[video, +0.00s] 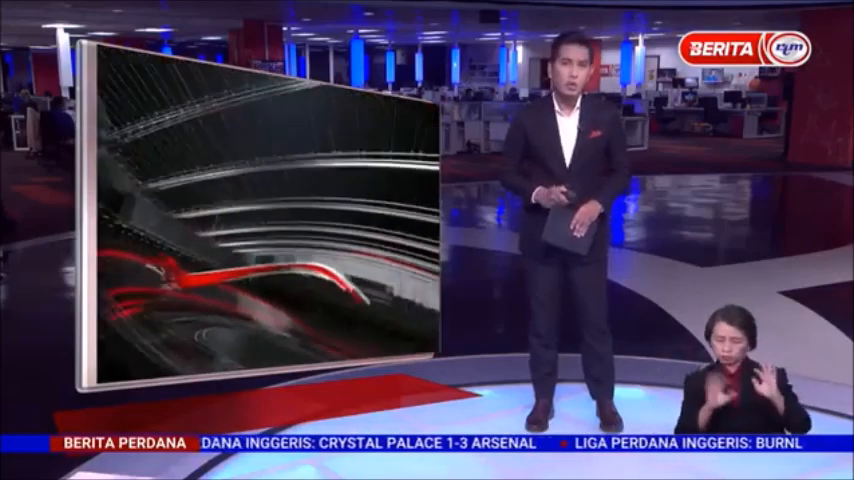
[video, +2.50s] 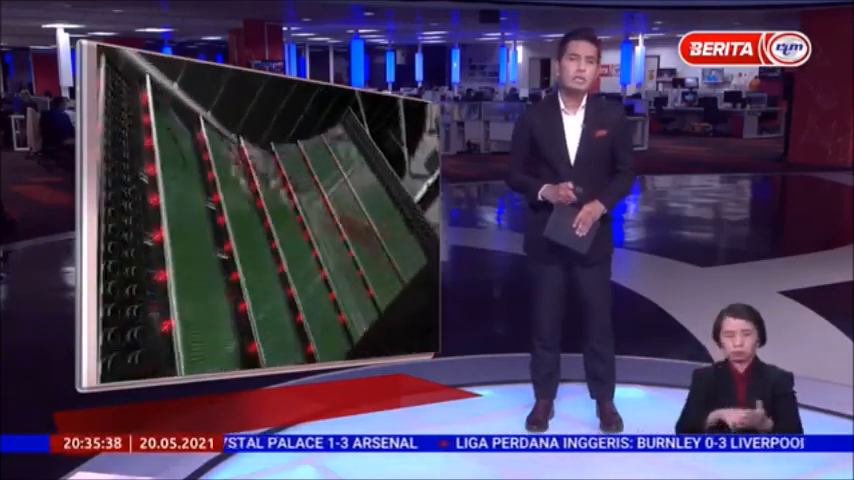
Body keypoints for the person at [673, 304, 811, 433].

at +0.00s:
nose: (727, 349)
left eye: (736, 341)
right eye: (720, 340)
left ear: (749, 344)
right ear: (710, 342)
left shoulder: (772, 378)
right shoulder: (697, 381)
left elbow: (802, 427)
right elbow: (682, 436)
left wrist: (775, 397)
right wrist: (709, 408)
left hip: (767, 464)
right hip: (713, 465)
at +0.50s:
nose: (726, 344)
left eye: (735, 336)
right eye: (718, 337)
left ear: (748, 340)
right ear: (708, 341)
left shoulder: (773, 377)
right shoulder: (696, 382)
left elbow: (798, 429)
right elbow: (682, 437)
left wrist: (769, 401)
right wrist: (704, 408)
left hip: (765, 463)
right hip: (713, 464)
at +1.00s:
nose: (733, 343)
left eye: (742, 335)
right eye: (725, 335)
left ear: (755, 340)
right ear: (714, 340)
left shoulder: (776, 379)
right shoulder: (701, 380)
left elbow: (791, 432)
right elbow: (695, 434)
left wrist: (757, 413)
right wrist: (728, 411)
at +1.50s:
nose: (737, 344)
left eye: (745, 336)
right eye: (729, 336)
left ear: (758, 340)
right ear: (719, 340)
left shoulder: (779, 379)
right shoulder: (702, 379)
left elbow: (801, 430)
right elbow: (680, 433)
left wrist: (772, 422)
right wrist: (701, 414)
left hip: (767, 465)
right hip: (712, 464)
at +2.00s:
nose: (735, 350)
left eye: (743, 341)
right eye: (728, 341)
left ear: (757, 343)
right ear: (718, 343)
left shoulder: (777, 379)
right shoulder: (704, 377)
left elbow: (789, 430)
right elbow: (685, 421)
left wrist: (770, 421)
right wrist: (712, 386)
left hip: (762, 462)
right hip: (714, 460)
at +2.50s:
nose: (738, 342)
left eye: (746, 334)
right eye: (729, 335)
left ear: (759, 338)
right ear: (719, 341)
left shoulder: (779, 380)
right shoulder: (704, 378)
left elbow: (794, 435)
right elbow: (683, 430)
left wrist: (764, 424)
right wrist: (717, 416)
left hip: (766, 464)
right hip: (714, 462)